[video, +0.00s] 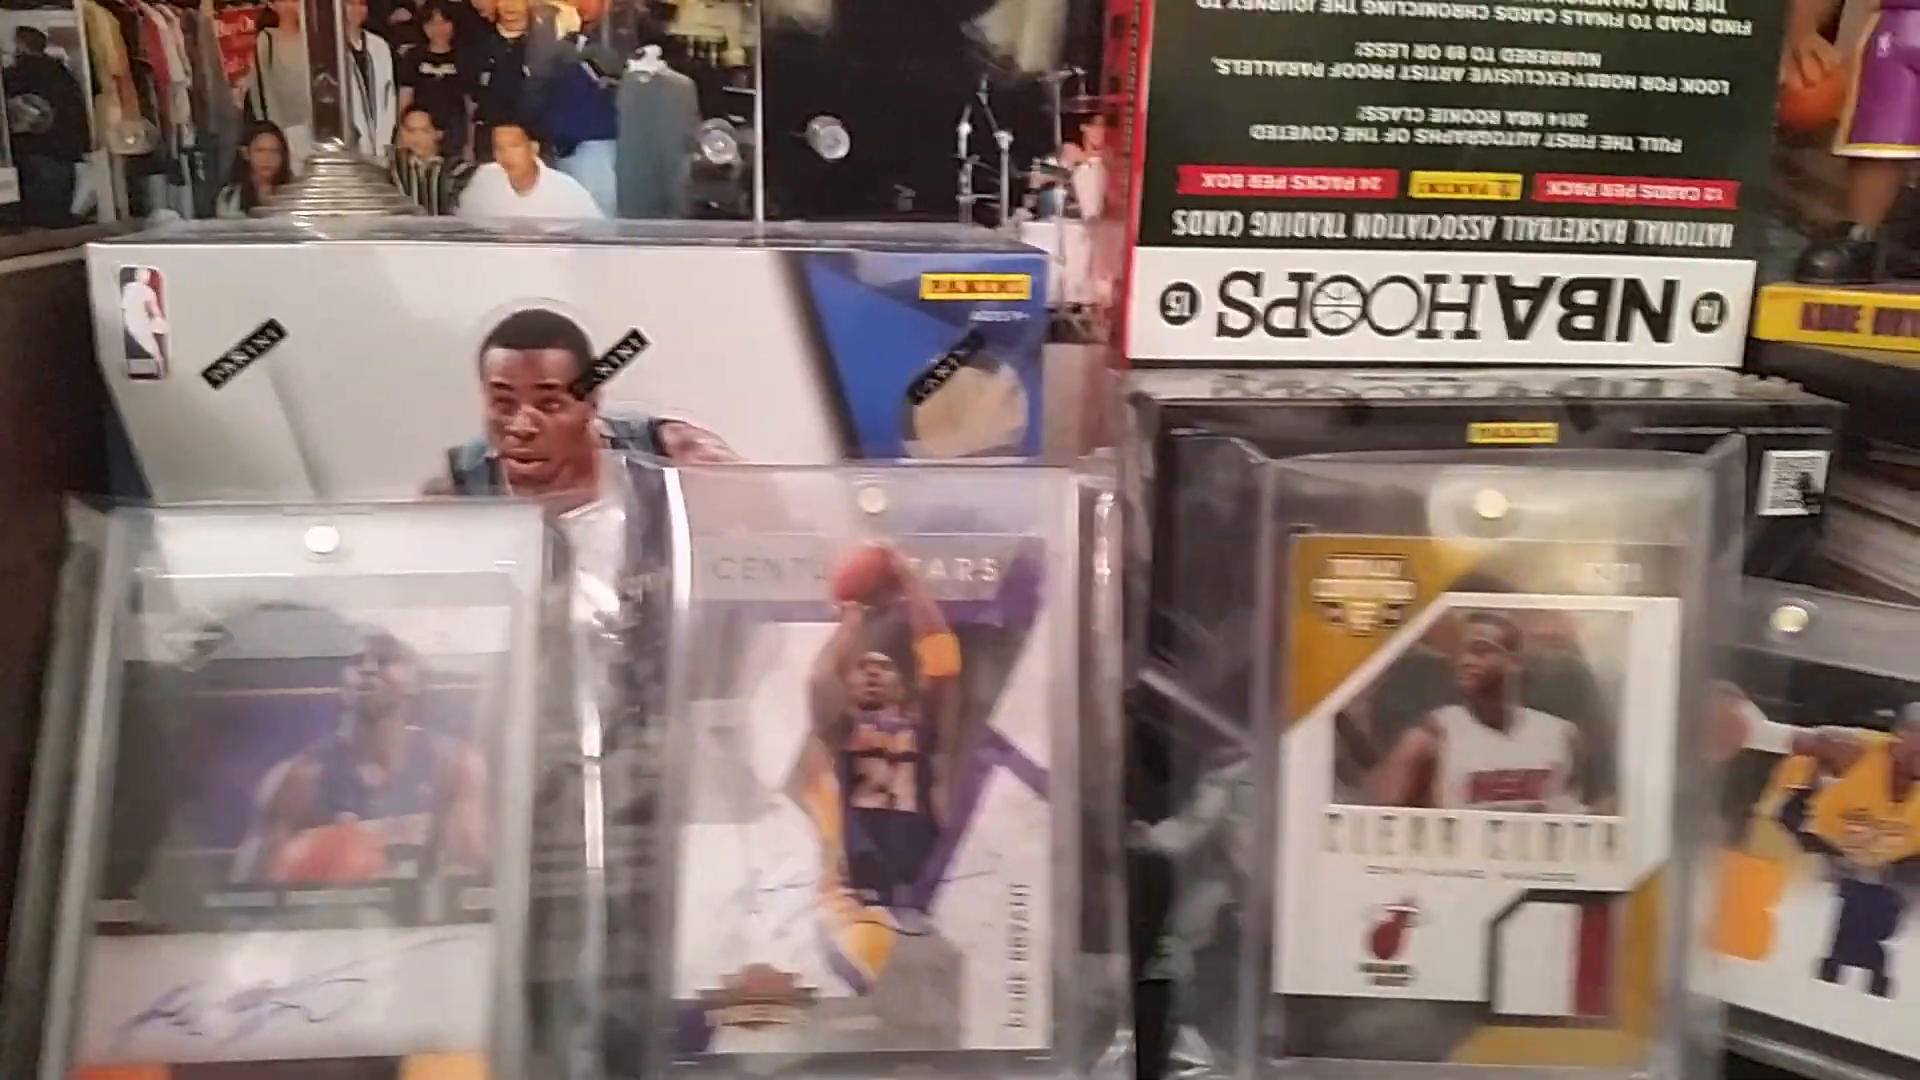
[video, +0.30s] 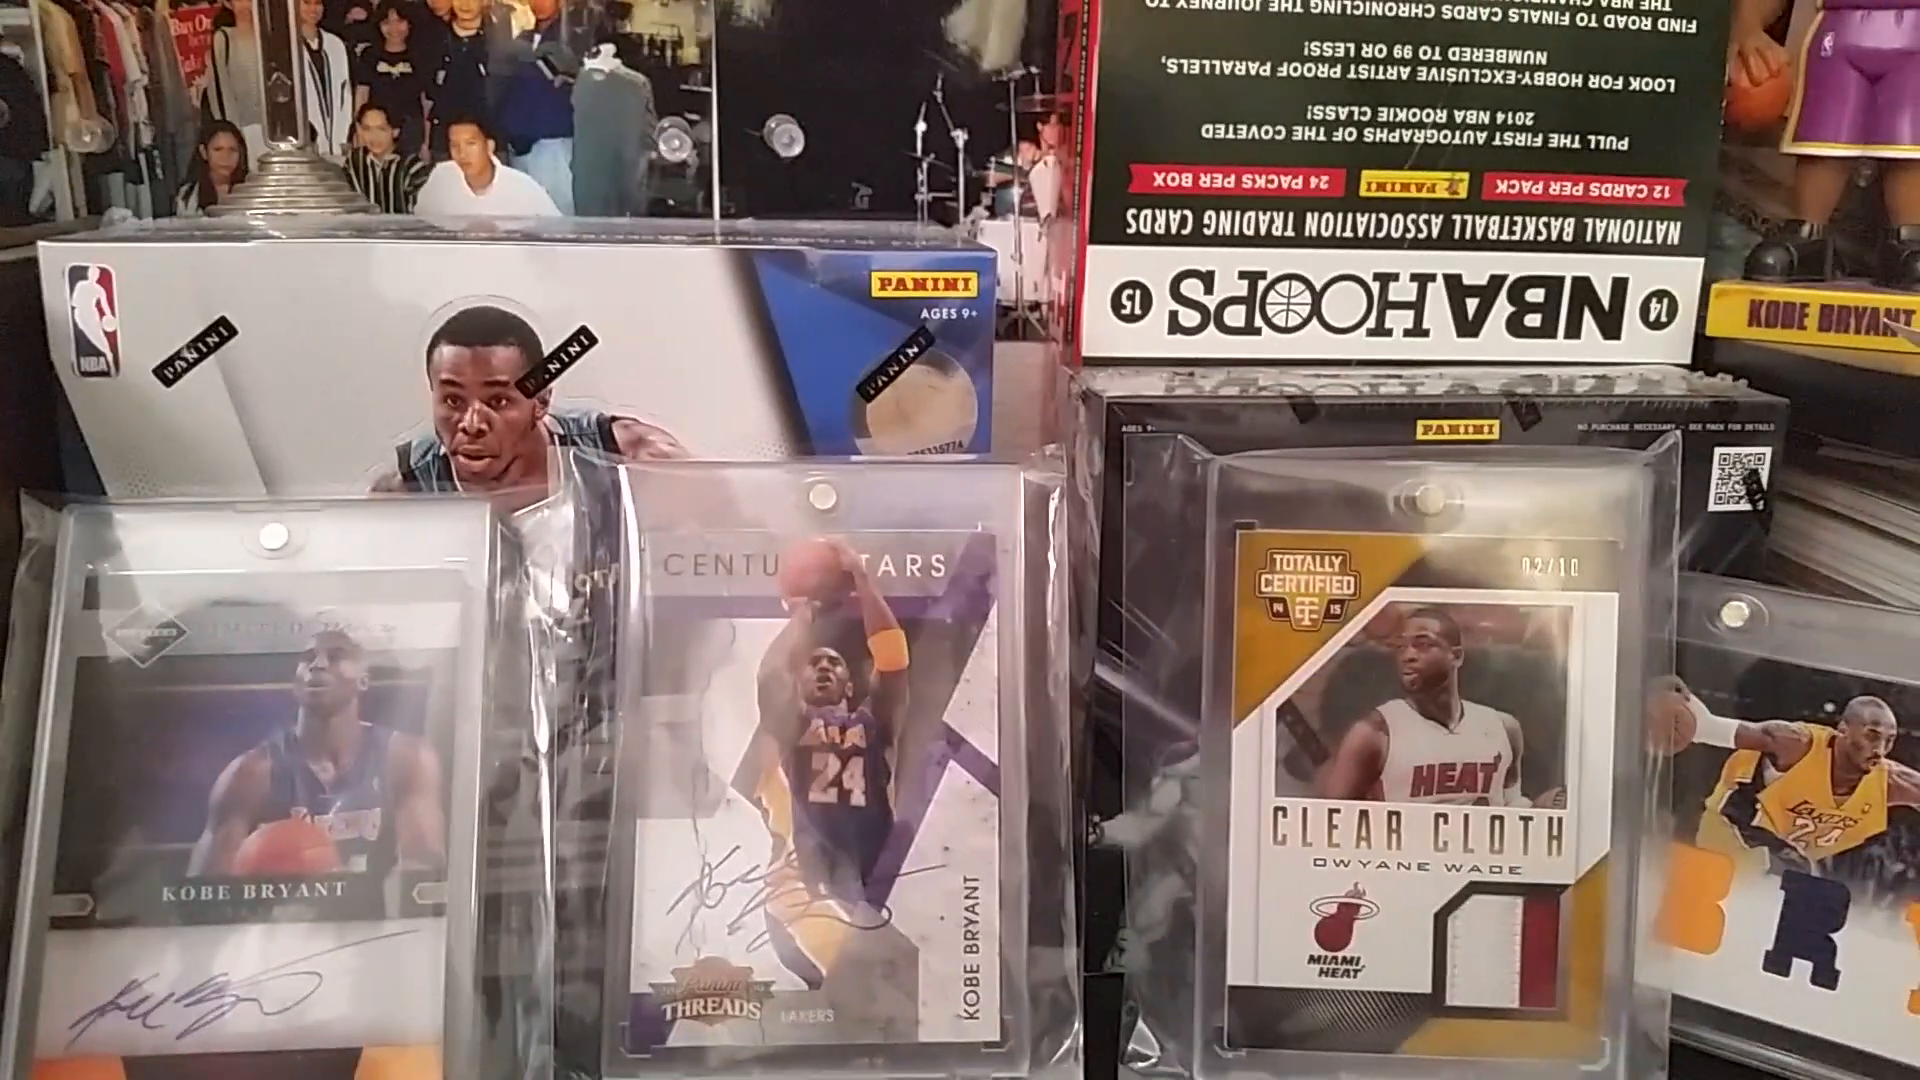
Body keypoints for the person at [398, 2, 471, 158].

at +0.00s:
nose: (440, 29)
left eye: (444, 22)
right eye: (434, 23)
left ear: (453, 26)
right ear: (425, 28)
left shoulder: (463, 58)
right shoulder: (413, 58)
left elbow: (470, 102)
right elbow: (406, 97)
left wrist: (470, 145)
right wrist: (403, 135)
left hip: (454, 132)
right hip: (421, 133)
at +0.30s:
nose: (393, 28)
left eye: (399, 21)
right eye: (386, 22)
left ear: (408, 26)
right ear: (380, 27)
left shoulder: (418, 57)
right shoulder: (370, 55)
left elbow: (426, 100)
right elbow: (362, 93)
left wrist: (426, 142)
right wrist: (358, 131)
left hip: (409, 128)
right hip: (377, 129)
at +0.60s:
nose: (377, 30)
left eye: (379, 24)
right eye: (370, 25)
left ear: (386, 28)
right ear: (361, 30)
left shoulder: (396, 58)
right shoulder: (348, 58)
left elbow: (404, 100)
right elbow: (340, 95)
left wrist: (403, 144)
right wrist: (337, 134)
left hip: (388, 130)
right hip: (356, 131)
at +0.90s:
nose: (394, 28)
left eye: (399, 21)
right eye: (387, 22)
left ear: (408, 26)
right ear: (381, 28)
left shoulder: (417, 56)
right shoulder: (370, 56)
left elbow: (426, 98)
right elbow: (362, 95)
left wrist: (426, 141)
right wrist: (359, 132)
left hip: (410, 127)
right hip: (378, 129)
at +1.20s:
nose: (420, 28)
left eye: (427, 21)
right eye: (414, 23)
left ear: (435, 27)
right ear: (408, 28)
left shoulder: (446, 56)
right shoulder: (398, 55)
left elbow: (453, 99)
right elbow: (390, 93)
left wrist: (453, 140)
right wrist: (389, 130)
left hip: (437, 125)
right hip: (405, 126)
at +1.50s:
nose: (434, 28)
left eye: (440, 22)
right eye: (428, 23)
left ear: (449, 27)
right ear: (421, 28)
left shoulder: (458, 56)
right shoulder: (410, 56)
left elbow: (466, 99)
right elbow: (403, 93)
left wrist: (465, 141)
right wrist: (400, 130)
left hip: (450, 127)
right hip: (418, 129)